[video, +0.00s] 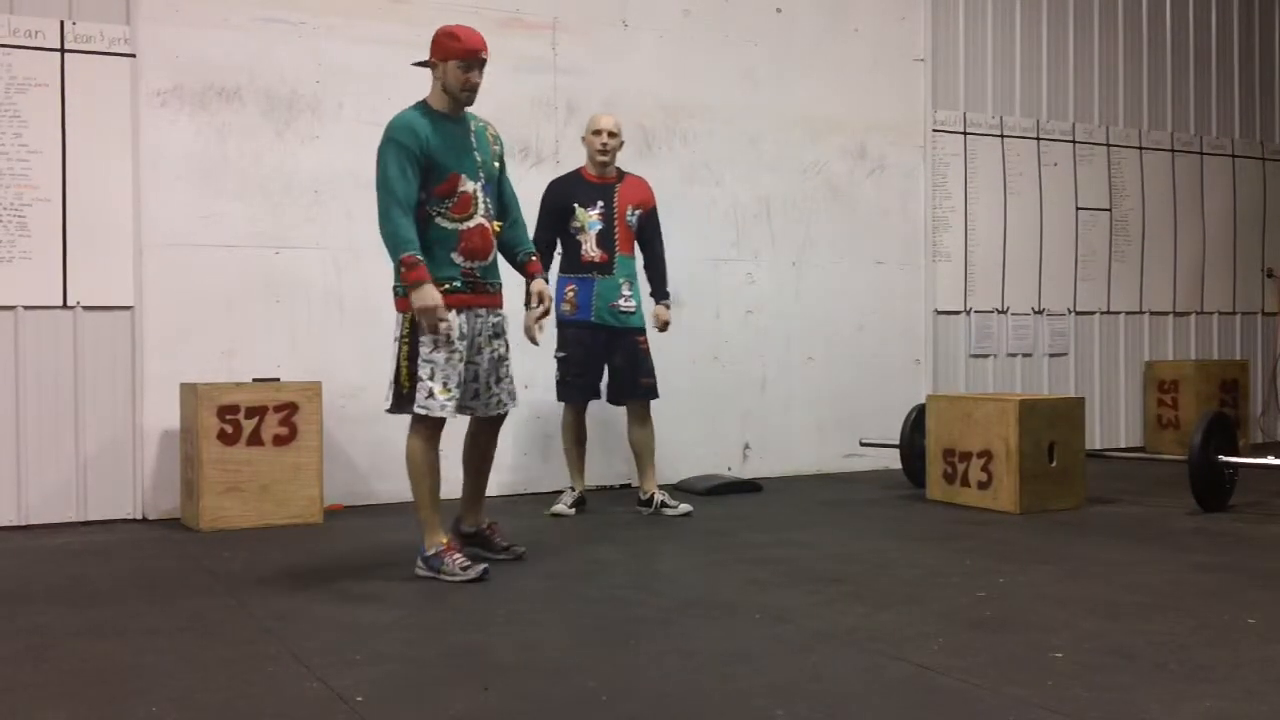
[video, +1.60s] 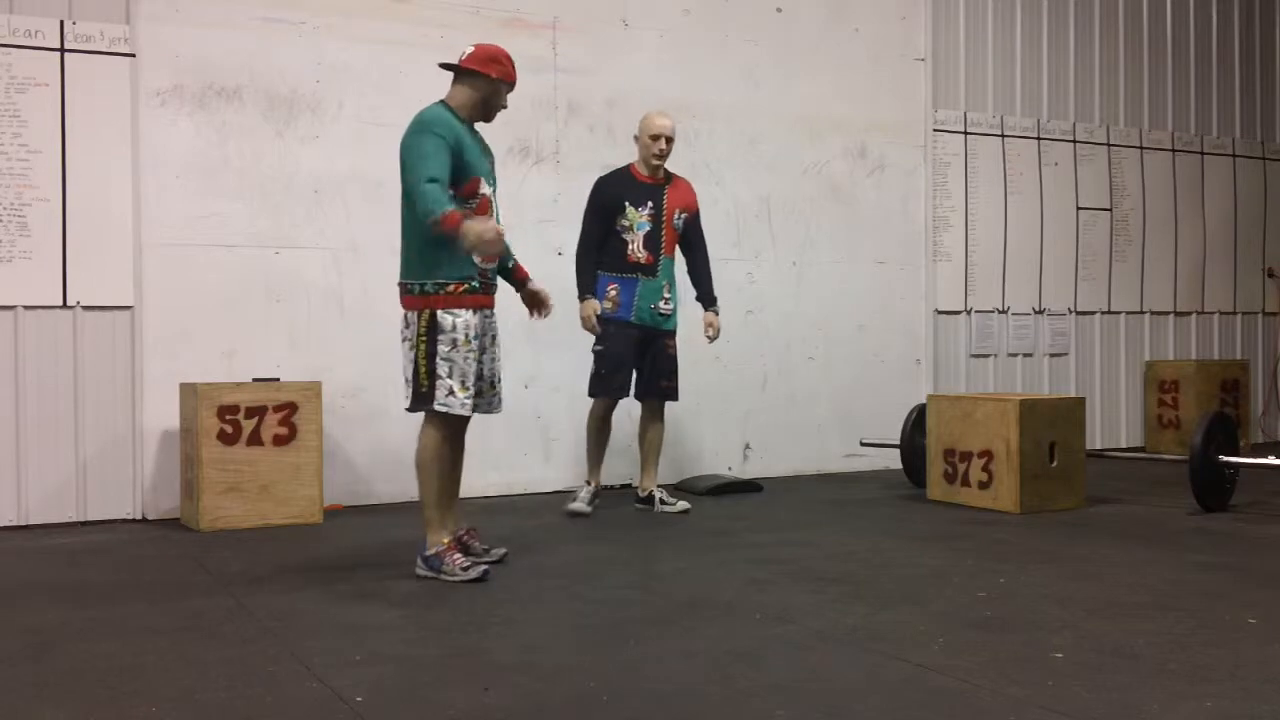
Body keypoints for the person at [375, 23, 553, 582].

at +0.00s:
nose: (472, 75)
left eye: (479, 65)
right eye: (462, 65)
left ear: (484, 70)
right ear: (435, 67)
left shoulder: (486, 136)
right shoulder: (406, 131)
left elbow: (507, 214)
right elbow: (395, 214)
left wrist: (534, 274)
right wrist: (418, 282)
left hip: (486, 300)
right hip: (436, 299)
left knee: (489, 411)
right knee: (429, 417)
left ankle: (471, 524)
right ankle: (434, 545)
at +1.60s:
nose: (505, 105)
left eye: (508, 96)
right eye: (504, 93)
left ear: (479, 83)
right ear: (481, 83)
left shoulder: (478, 144)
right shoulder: (431, 128)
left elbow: (484, 225)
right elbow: (431, 201)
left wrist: (522, 282)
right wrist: (464, 228)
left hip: (472, 298)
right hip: (440, 297)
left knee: (457, 416)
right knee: (440, 417)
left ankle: (450, 531)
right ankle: (434, 546)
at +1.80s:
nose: (506, 115)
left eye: (509, 104)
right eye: (506, 102)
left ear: (476, 86)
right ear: (487, 89)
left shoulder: (462, 139)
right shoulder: (437, 132)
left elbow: (472, 225)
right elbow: (465, 198)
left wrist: (525, 250)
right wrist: (531, 199)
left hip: (464, 294)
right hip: (444, 296)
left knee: (463, 412)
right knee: (454, 413)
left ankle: (449, 530)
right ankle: (437, 543)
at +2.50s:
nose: (495, 105)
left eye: (497, 95)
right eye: (494, 94)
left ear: (463, 83)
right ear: (472, 86)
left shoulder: (454, 132)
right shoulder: (418, 134)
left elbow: (483, 175)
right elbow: (451, 212)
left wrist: (530, 165)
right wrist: (525, 230)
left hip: (457, 296)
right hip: (422, 298)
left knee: (447, 419)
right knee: (415, 419)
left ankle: (448, 532)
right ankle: (402, 546)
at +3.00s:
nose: (468, 100)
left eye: (469, 92)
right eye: (467, 90)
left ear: (441, 79)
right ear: (446, 81)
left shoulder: (436, 125)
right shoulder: (387, 136)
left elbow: (473, 136)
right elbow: (389, 227)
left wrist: (520, 106)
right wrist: (446, 269)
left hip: (449, 295)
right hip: (404, 302)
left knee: (468, 408)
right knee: (400, 419)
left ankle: (451, 528)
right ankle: (400, 549)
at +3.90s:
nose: (476, 97)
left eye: (485, 91)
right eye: (470, 84)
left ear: (488, 94)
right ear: (446, 76)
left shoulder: (475, 146)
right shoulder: (402, 126)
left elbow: (528, 184)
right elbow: (371, 198)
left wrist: (574, 145)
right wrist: (398, 252)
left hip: (450, 302)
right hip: (403, 298)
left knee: (434, 418)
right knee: (399, 417)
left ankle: (428, 533)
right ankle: (398, 546)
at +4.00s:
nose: (478, 97)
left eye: (488, 92)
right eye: (473, 84)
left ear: (492, 98)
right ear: (450, 78)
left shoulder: (481, 154)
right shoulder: (405, 128)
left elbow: (534, 198)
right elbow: (373, 201)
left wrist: (596, 201)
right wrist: (395, 259)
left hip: (449, 300)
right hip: (403, 294)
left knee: (432, 419)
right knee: (399, 417)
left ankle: (429, 533)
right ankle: (399, 545)